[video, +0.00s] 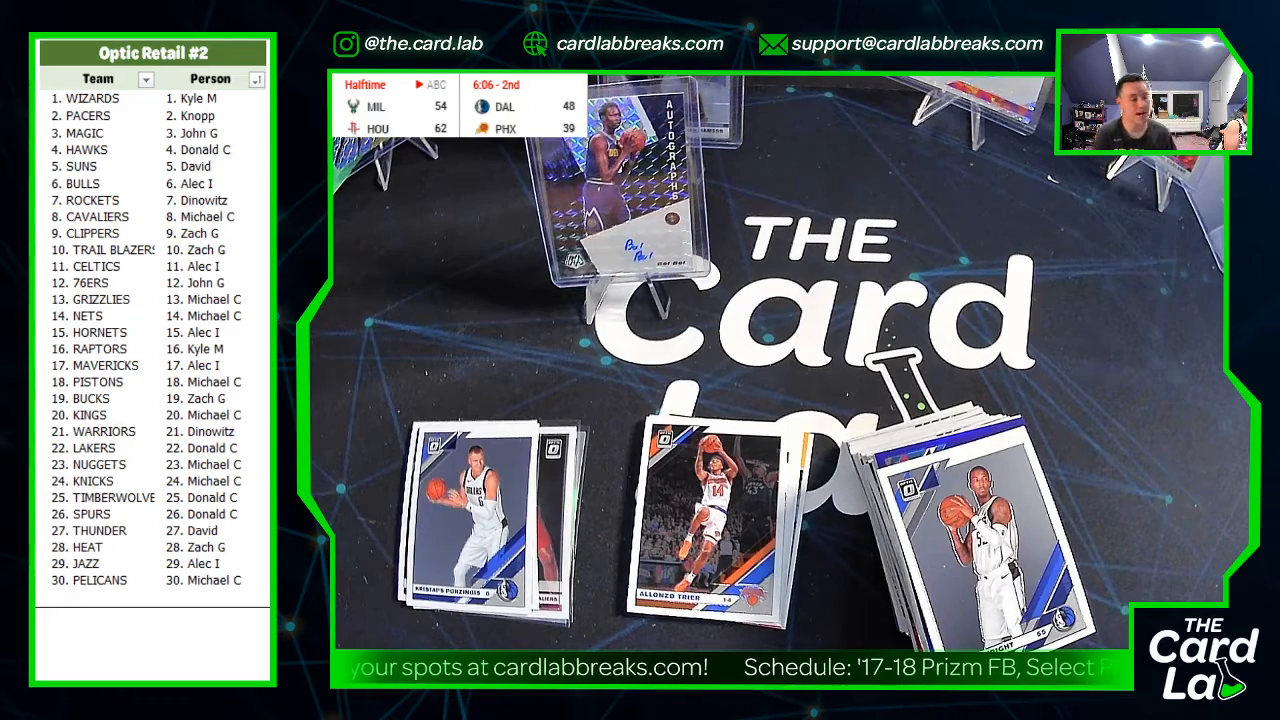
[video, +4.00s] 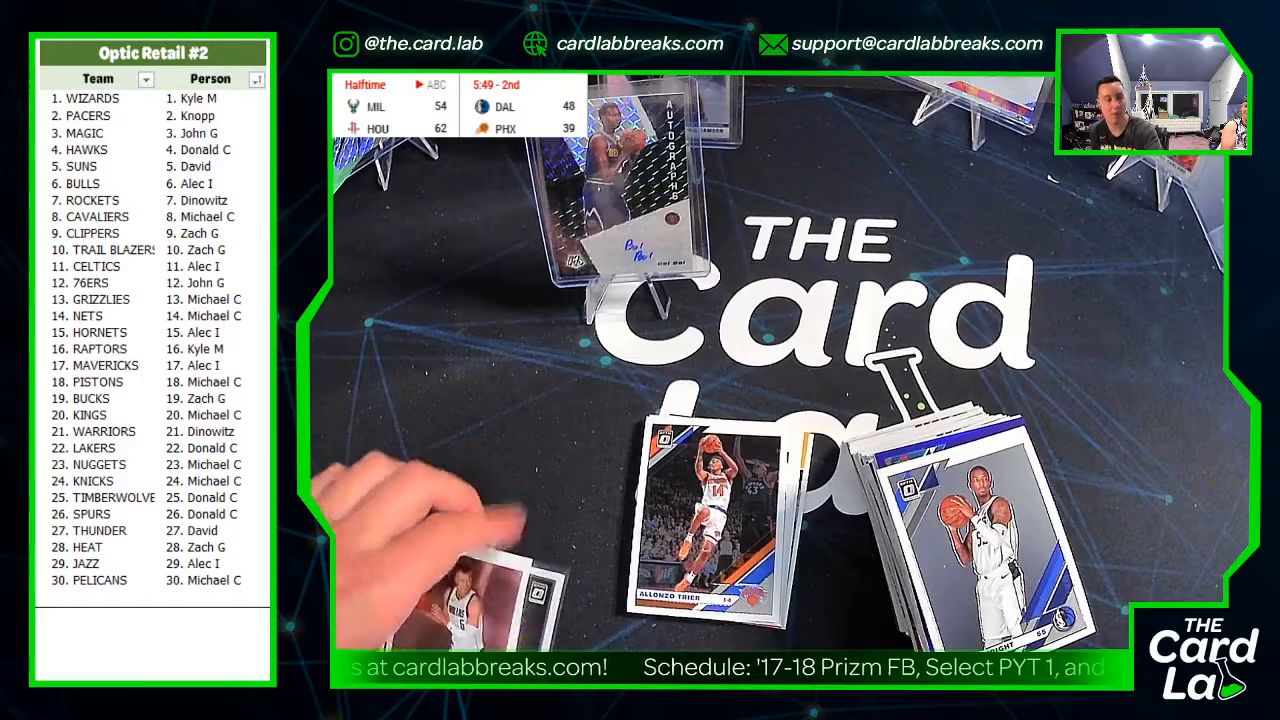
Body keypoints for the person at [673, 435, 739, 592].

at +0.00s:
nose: (714, 463)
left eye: (717, 461)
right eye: (713, 461)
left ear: (721, 465)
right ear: (710, 465)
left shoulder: (727, 476)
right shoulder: (706, 476)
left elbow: (734, 469)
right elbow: (699, 471)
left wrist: (721, 452)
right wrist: (700, 451)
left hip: (721, 513)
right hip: (706, 507)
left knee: (707, 549)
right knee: (704, 511)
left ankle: (688, 578)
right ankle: (688, 540)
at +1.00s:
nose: (714, 463)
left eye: (717, 461)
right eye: (713, 461)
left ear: (721, 465)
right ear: (710, 465)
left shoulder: (727, 476)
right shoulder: (706, 476)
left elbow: (734, 468)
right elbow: (698, 470)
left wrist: (722, 452)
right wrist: (700, 451)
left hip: (721, 513)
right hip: (706, 507)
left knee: (707, 550)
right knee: (704, 511)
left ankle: (688, 578)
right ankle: (688, 539)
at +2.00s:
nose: (714, 463)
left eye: (717, 461)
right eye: (713, 461)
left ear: (721, 465)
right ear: (710, 465)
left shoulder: (727, 476)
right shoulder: (706, 477)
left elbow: (734, 468)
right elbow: (698, 470)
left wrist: (722, 452)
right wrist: (700, 451)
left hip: (721, 513)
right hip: (706, 507)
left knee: (707, 550)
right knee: (704, 511)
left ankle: (689, 578)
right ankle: (688, 539)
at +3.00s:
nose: (714, 463)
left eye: (717, 462)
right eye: (713, 461)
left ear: (721, 465)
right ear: (709, 465)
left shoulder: (727, 476)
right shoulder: (706, 476)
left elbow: (734, 468)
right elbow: (698, 470)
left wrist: (722, 452)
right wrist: (700, 450)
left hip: (721, 513)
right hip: (706, 507)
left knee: (707, 550)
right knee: (704, 512)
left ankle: (688, 579)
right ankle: (688, 540)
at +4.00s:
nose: (714, 463)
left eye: (717, 461)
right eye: (713, 461)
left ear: (721, 465)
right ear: (710, 465)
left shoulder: (727, 476)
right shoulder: (706, 476)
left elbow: (734, 469)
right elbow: (699, 470)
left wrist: (722, 452)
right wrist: (700, 451)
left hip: (721, 513)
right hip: (707, 507)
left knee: (707, 550)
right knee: (704, 511)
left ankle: (688, 579)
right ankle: (688, 540)